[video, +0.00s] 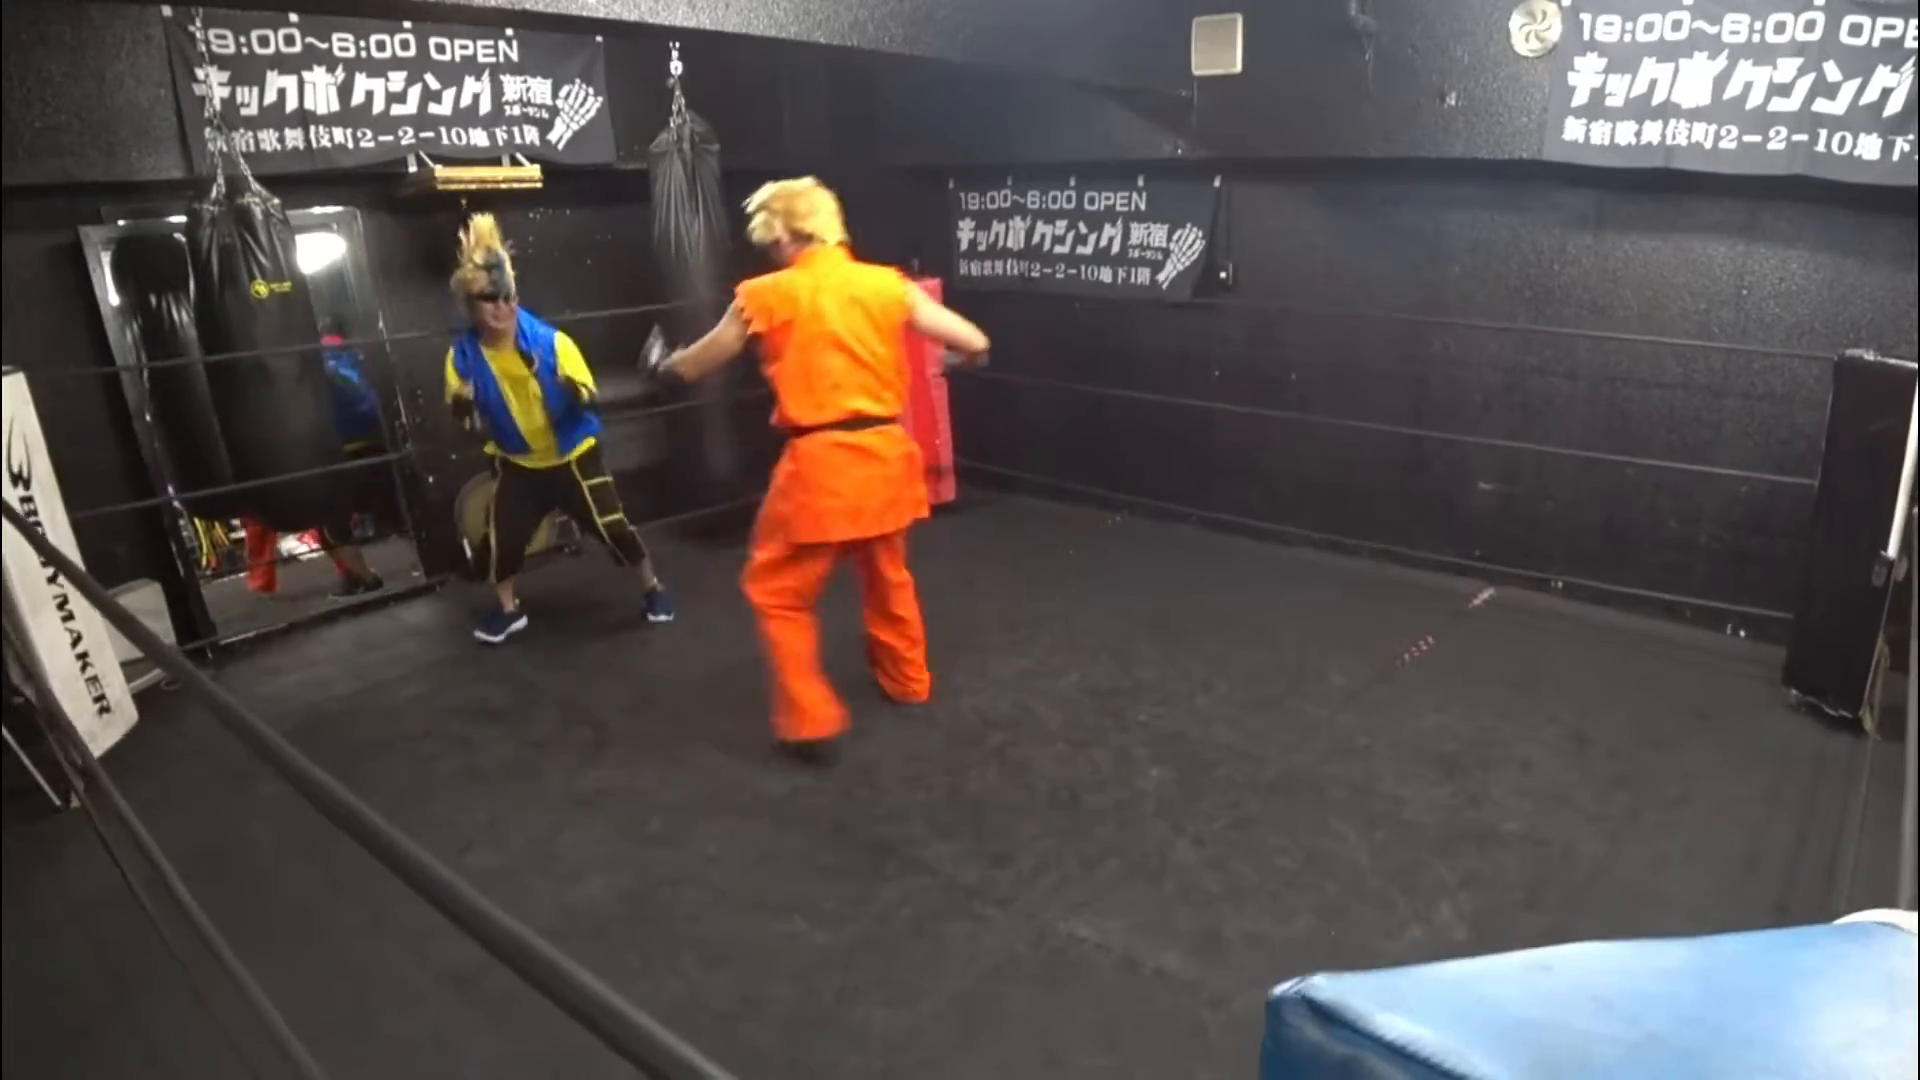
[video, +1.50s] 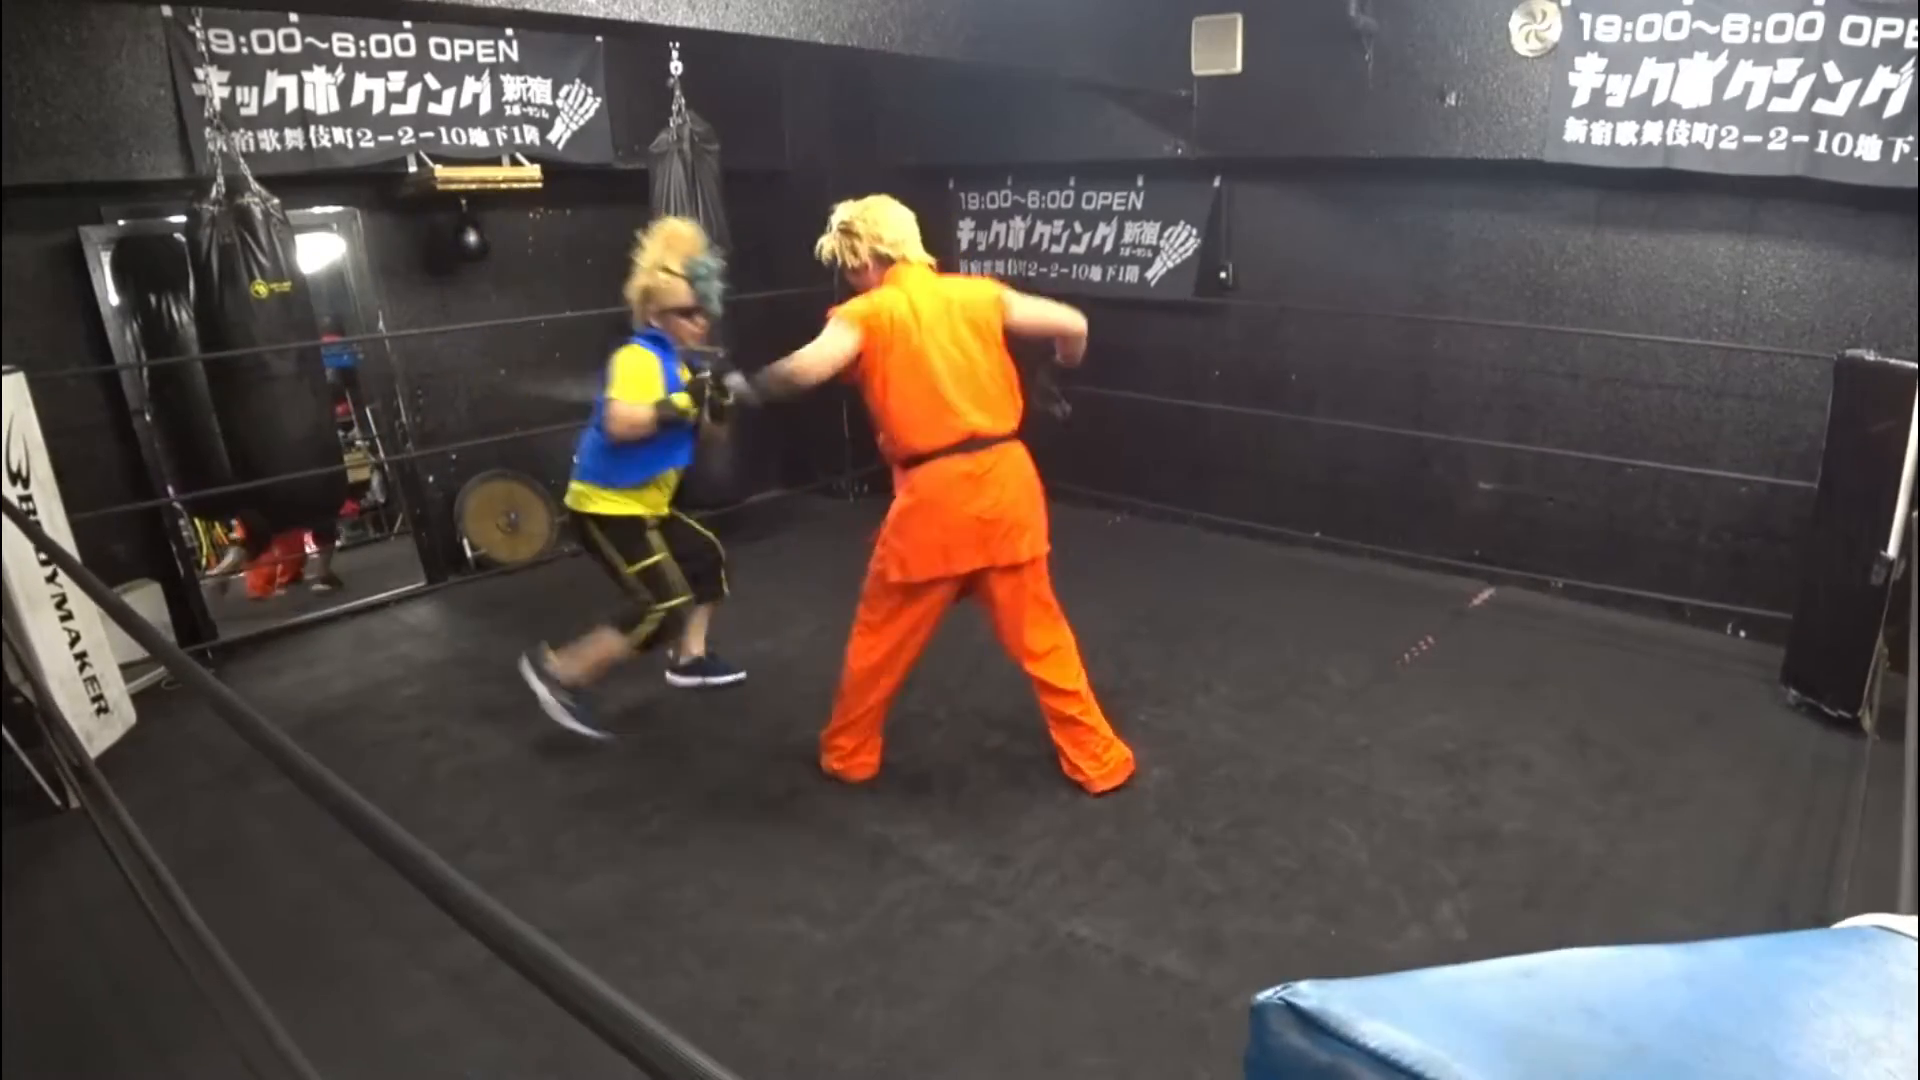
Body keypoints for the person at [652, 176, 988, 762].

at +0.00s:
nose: (768, 252)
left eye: (770, 241)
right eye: (767, 242)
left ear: (790, 236)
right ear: (833, 230)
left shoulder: (767, 296)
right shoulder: (886, 284)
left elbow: (695, 364)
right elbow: (973, 341)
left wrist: (668, 360)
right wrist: (965, 356)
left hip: (817, 462)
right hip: (890, 456)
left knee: (776, 588)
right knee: (888, 567)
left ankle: (811, 721)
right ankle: (908, 678)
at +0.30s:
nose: (828, 261)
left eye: (829, 249)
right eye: (826, 250)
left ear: (845, 246)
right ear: (898, 237)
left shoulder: (825, 315)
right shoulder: (956, 297)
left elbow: (760, 391)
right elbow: (997, 392)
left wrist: (734, 361)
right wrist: (972, 443)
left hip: (892, 486)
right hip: (963, 475)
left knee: (907, 641)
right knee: (957, 577)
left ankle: (944, 780)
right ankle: (987, 696)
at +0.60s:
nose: (881, 276)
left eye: (882, 262)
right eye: (879, 263)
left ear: (904, 255)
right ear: (947, 249)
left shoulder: (898, 321)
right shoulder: (1005, 304)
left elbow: (838, 386)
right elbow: (1079, 333)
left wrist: (762, 366)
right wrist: (1009, 322)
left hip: (948, 504)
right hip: (1023, 491)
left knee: (891, 616)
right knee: (1050, 633)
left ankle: (888, 750)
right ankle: (1110, 766)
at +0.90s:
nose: (852, 293)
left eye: (854, 280)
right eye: (850, 282)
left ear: (879, 272)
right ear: (914, 264)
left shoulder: (866, 336)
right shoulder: (978, 313)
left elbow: (785, 376)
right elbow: (1067, 322)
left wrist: (727, 338)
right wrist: (1002, 323)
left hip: (934, 516)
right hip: (1013, 498)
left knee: (870, 627)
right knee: (1039, 631)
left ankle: (853, 754)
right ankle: (1105, 757)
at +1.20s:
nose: (857, 288)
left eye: (859, 274)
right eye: (855, 275)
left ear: (880, 266)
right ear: (919, 258)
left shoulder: (868, 332)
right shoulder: (986, 299)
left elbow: (790, 398)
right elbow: (1078, 315)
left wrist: (734, 368)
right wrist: (1014, 304)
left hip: (929, 509)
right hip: (1009, 493)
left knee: (868, 613)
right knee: (1046, 635)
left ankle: (851, 746)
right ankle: (1103, 765)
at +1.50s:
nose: (847, 280)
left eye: (847, 267)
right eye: (843, 269)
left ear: (867, 260)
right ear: (912, 249)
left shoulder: (865, 312)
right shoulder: (975, 293)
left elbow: (806, 369)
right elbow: (1072, 323)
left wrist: (749, 386)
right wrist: (1062, 371)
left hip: (932, 496)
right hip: (1010, 481)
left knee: (881, 633)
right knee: (1040, 629)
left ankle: (849, 754)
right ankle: (1098, 762)